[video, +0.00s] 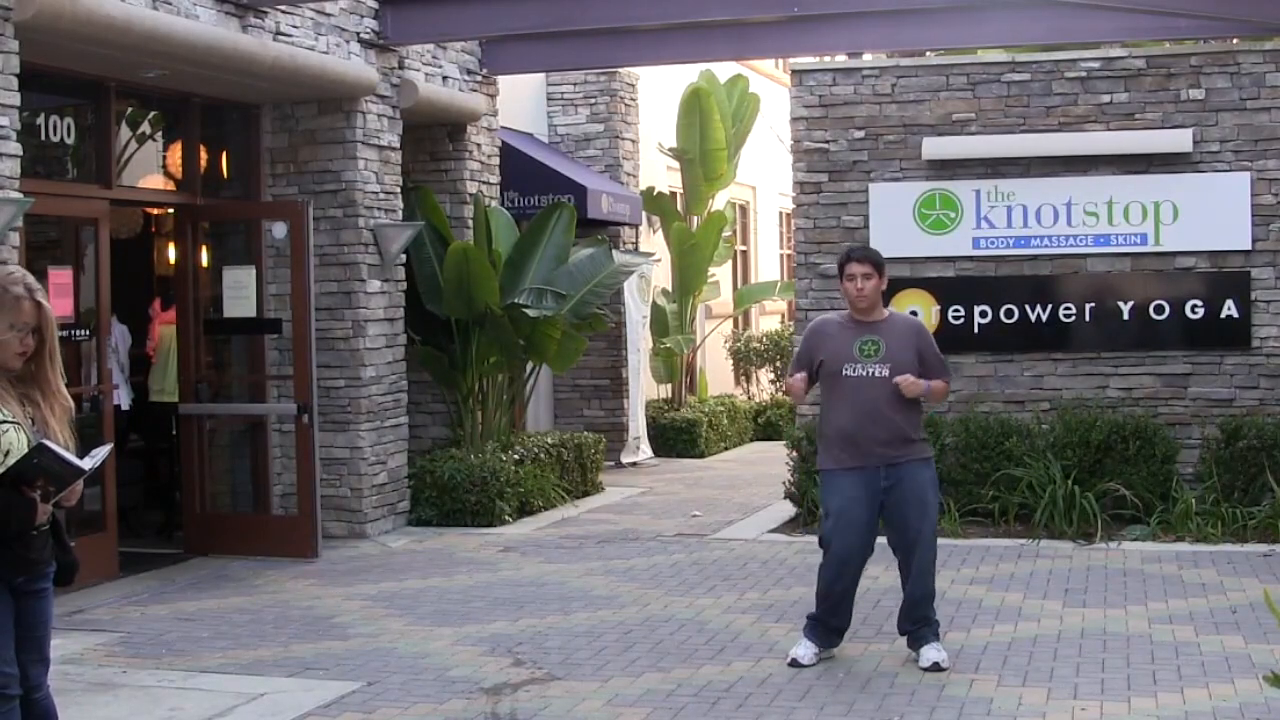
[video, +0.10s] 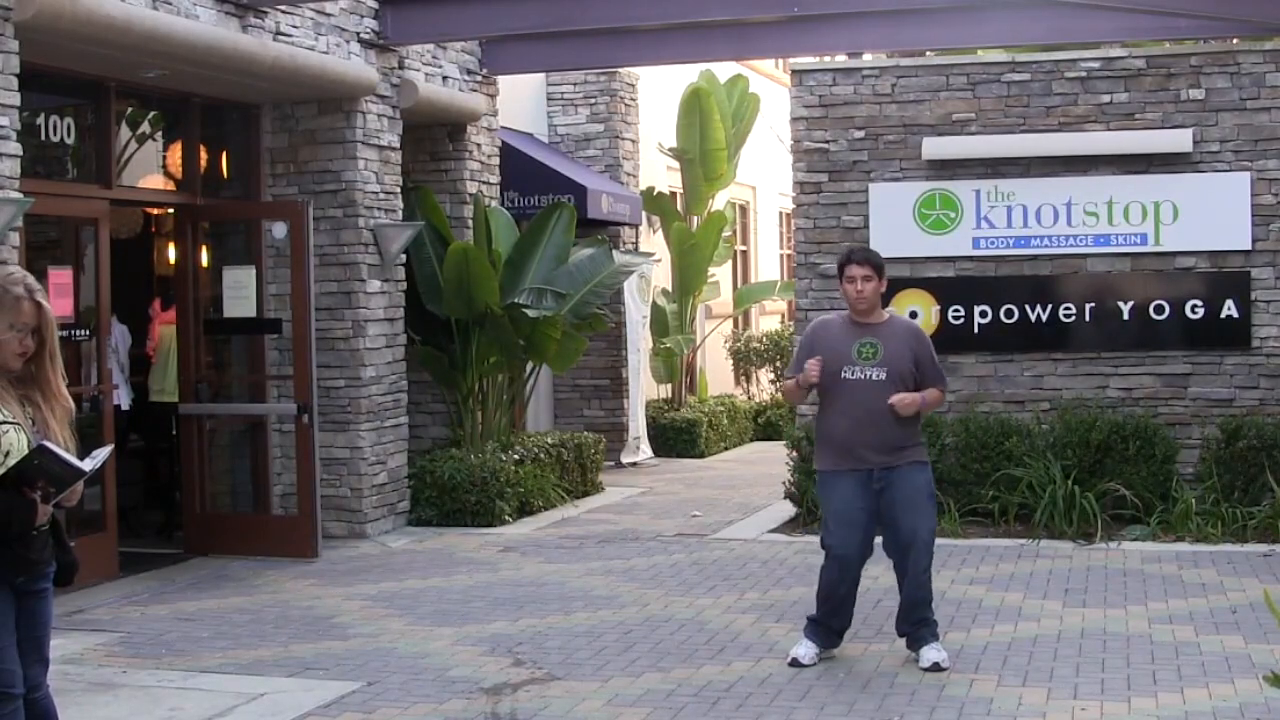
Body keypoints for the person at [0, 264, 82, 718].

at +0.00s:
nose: (27, 341)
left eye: (33, 330)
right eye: (15, 330)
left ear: (41, 333)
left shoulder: (45, 396)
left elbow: (62, 472)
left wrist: (69, 492)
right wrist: (24, 506)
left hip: (36, 561)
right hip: (3, 561)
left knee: (35, 684)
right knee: (8, 688)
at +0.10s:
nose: (27, 342)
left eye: (33, 331)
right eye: (16, 330)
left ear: (41, 333)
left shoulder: (43, 396)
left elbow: (65, 482)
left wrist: (69, 491)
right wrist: (23, 509)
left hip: (37, 559)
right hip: (2, 560)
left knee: (35, 685)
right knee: (9, 690)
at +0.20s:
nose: (26, 342)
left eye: (33, 331)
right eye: (16, 330)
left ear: (41, 334)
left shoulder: (44, 397)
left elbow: (66, 484)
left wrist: (69, 491)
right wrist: (23, 510)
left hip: (37, 560)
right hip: (2, 561)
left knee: (35, 684)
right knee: (11, 689)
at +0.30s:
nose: (26, 342)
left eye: (32, 331)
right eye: (15, 331)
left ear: (40, 334)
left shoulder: (44, 396)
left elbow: (66, 484)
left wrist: (69, 490)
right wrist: (23, 510)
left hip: (37, 558)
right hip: (3, 559)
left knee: (35, 684)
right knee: (12, 687)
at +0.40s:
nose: (24, 342)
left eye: (31, 331)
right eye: (14, 330)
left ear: (40, 334)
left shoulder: (45, 397)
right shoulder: (4, 398)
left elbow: (64, 478)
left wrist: (69, 491)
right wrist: (24, 509)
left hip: (37, 558)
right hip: (2, 559)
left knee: (35, 682)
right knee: (13, 687)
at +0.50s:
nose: (22, 341)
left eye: (29, 330)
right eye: (12, 329)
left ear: (38, 333)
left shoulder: (47, 396)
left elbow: (67, 479)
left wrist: (66, 490)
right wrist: (23, 508)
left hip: (37, 556)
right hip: (2, 557)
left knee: (35, 682)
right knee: (14, 686)